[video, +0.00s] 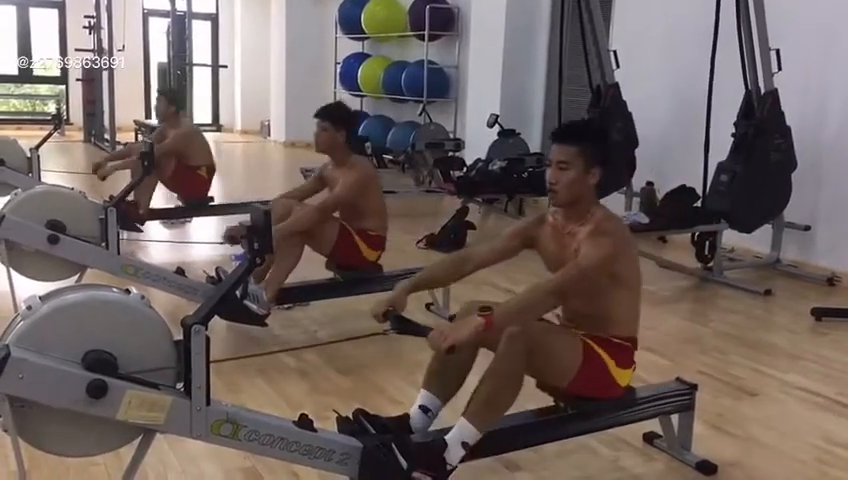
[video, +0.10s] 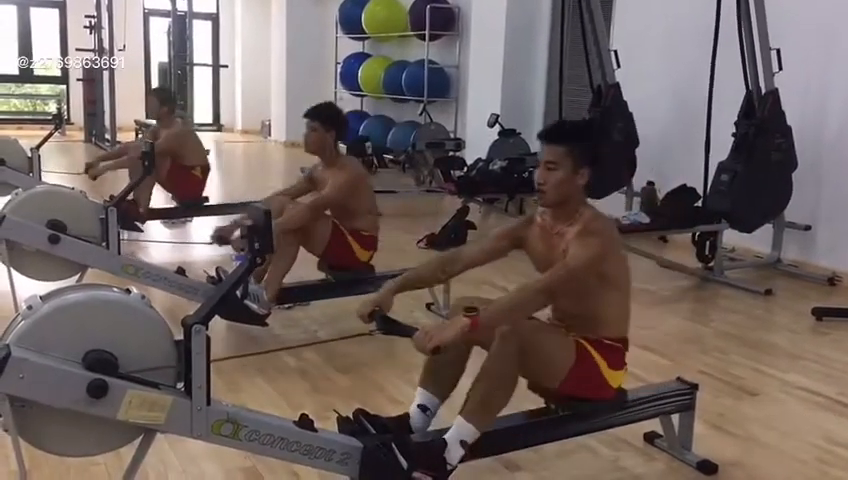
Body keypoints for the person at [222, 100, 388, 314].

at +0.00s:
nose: (315, 134)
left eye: (323, 130)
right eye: (317, 129)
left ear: (341, 135)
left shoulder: (359, 172)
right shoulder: (330, 168)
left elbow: (318, 211)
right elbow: (292, 196)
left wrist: (269, 237)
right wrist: (250, 225)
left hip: (366, 248)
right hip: (349, 239)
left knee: (300, 219)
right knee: (283, 208)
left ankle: (266, 296)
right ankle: (252, 280)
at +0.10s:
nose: (305, 135)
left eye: (312, 130)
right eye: (307, 129)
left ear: (331, 135)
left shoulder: (349, 173)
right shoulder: (320, 170)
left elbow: (309, 209)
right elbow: (282, 196)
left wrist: (257, 234)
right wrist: (237, 224)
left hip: (358, 248)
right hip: (341, 240)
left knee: (295, 217)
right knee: (278, 207)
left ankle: (267, 296)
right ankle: (252, 281)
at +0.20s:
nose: (288, 136)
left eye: (295, 130)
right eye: (290, 129)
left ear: (316, 136)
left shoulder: (331, 175)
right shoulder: (303, 170)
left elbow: (281, 216)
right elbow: (263, 198)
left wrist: (229, 239)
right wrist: (216, 225)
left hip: (345, 249)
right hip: (330, 241)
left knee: (286, 216)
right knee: (270, 200)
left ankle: (266, 296)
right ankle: (253, 282)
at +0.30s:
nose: (273, 135)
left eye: (280, 130)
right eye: (274, 129)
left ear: (300, 137)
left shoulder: (316, 173)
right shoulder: (287, 170)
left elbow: (268, 212)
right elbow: (245, 198)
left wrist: (215, 236)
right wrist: (196, 224)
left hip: (332, 251)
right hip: (314, 246)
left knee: (278, 210)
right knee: (255, 197)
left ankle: (267, 292)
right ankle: (255, 278)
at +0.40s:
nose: (257, 136)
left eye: (263, 131)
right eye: (258, 130)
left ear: (285, 138)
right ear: (280, 138)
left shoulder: (298, 174)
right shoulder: (271, 170)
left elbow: (251, 207)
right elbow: (230, 197)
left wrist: (197, 233)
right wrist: (179, 221)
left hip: (319, 253)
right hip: (301, 248)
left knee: (270, 211)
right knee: (245, 201)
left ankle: (267, 291)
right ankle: (254, 279)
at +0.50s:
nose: (246, 137)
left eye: (253, 132)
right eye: (248, 131)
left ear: (274, 139)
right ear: (268, 139)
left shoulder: (287, 174)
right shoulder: (259, 171)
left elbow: (238, 207)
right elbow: (218, 195)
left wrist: (182, 227)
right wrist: (162, 218)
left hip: (311, 255)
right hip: (292, 250)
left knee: (260, 207)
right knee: (236, 199)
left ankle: (268, 291)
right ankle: (256, 278)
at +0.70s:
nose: (243, 135)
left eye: (250, 130)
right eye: (245, 129)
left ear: (271, 139)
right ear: (265, 139)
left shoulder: (279, 172)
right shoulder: (256, 169)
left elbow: (227, 201)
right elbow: (204, 188)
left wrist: (159, 216)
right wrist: (154, 205)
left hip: (314, 250)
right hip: (296, 245)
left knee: (250, 207)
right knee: (239, 206)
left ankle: (270, 287)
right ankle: (260, 276)